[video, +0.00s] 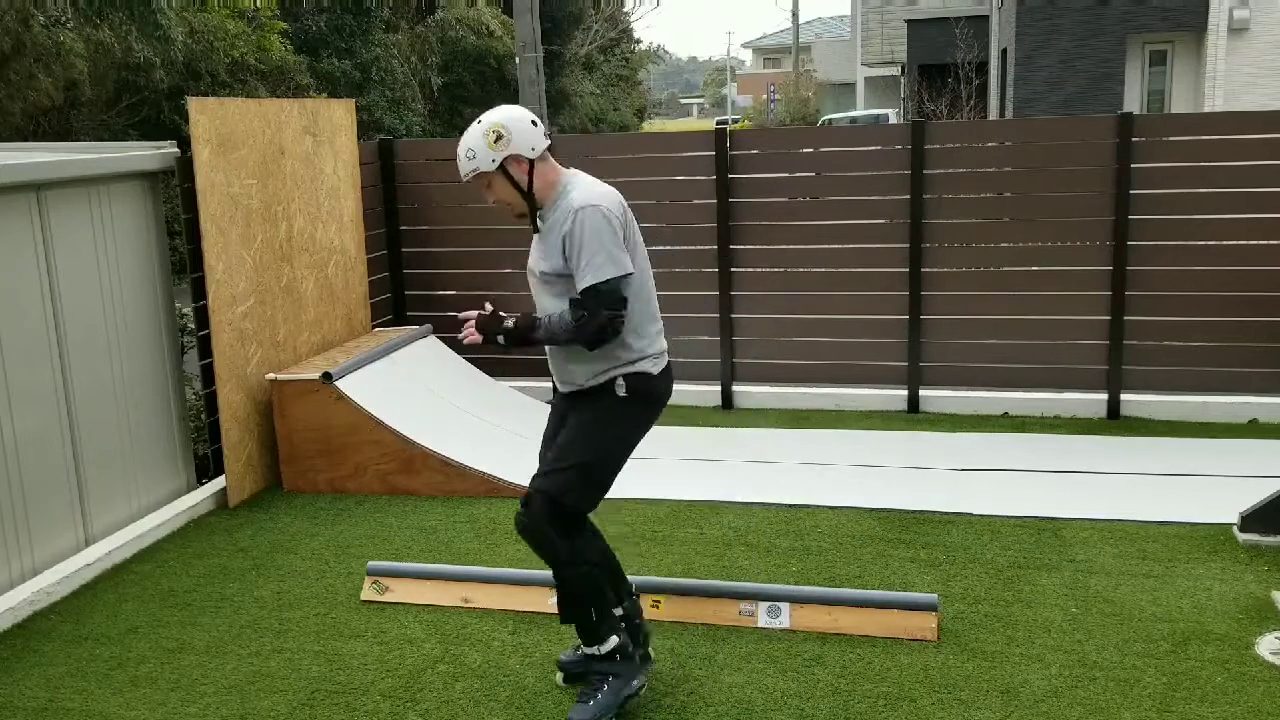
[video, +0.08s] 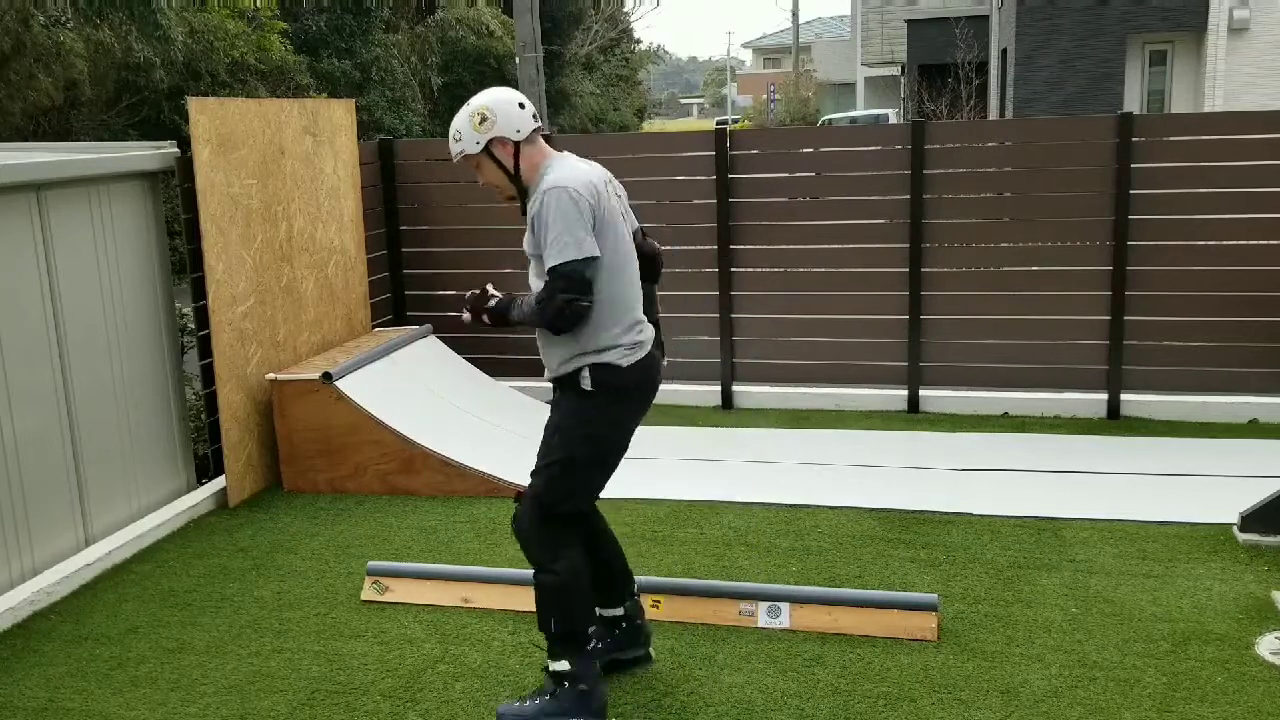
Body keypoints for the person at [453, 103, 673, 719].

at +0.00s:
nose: (489, 195)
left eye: (489, 182)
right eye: (483, 185)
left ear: (520, 166)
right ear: (523, 167)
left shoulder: (587, 209)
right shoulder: (558, 213)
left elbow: (600, 319)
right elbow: (573, 315)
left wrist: (518, 329)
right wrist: (510, 326)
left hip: (622, 384)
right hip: (583, 385)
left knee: (549, 514)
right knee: (547, 514)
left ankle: (626, 653)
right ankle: (609, 639)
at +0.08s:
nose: (483, 177)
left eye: (480, 163)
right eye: (476, 165)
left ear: (505, 146)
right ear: (527, 137)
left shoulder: (558, 192)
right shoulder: (590, 175)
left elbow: (566, 307)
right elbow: (646, 259)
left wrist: (502, 309)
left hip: (598, 376)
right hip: (626, 366)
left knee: (541, 518)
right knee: (568, 505)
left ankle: (573, 686)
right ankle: (622, 630)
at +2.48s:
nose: (609, 302)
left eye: (617, 294)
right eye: (601, 295)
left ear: (645, 274)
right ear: (591, 278)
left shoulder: (698, 267)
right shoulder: (580, 268)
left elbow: (786, 298)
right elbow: (522, 266)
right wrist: (477, 331)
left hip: (703, 335)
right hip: (624, 334)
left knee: (729, 432)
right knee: (587, 436)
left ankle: (757, 547)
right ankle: (562, 543)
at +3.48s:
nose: (625, 165)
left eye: (633, 154)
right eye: (619, 156)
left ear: (658, 141)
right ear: (615, 151)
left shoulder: (701, 168)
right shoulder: (620, 184)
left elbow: (769, 197)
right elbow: (598, 225)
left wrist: (700, 199)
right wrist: (568, 267)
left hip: (712, 332)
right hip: (651, 333)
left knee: (719, 447)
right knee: (641, 432)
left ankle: (760, 532)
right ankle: (677, 520)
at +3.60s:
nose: (617, 168)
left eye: (624, 156)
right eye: (611, 159)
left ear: (650, 142)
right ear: (607, 152)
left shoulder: (697, 173)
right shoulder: (623, 185)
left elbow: (752, 235)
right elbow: (637, 244)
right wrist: (617, 292)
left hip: (713, 330)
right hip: (653, 331)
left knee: (711, 443)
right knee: (632, 427)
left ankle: (753, 532)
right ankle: (670, 521)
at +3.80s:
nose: (616, 152)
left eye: (623, 140)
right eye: (610, 143)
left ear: (653, 128)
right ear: (606, 137)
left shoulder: (706, 161)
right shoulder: (619, 171)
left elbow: (750, 218)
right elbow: (647, 230)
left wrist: (720, 281)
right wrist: (648, 291)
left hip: (713, 319)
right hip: (653, 320)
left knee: (721, 427)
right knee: (648, 419)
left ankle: (747, 525)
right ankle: (672, 520)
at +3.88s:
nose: (620, 153)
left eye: (627, 141)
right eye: (614, 144)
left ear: (656, 130)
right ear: (610, 139)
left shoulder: (711, 164)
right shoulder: (621, 173)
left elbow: (753, 222)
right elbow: (649, 232)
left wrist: (721, 283)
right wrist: (648, 292)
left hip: (714, 320)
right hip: (652, 321)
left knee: (723, 430)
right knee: (642, 422)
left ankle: (744, 526)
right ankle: (671, 519)